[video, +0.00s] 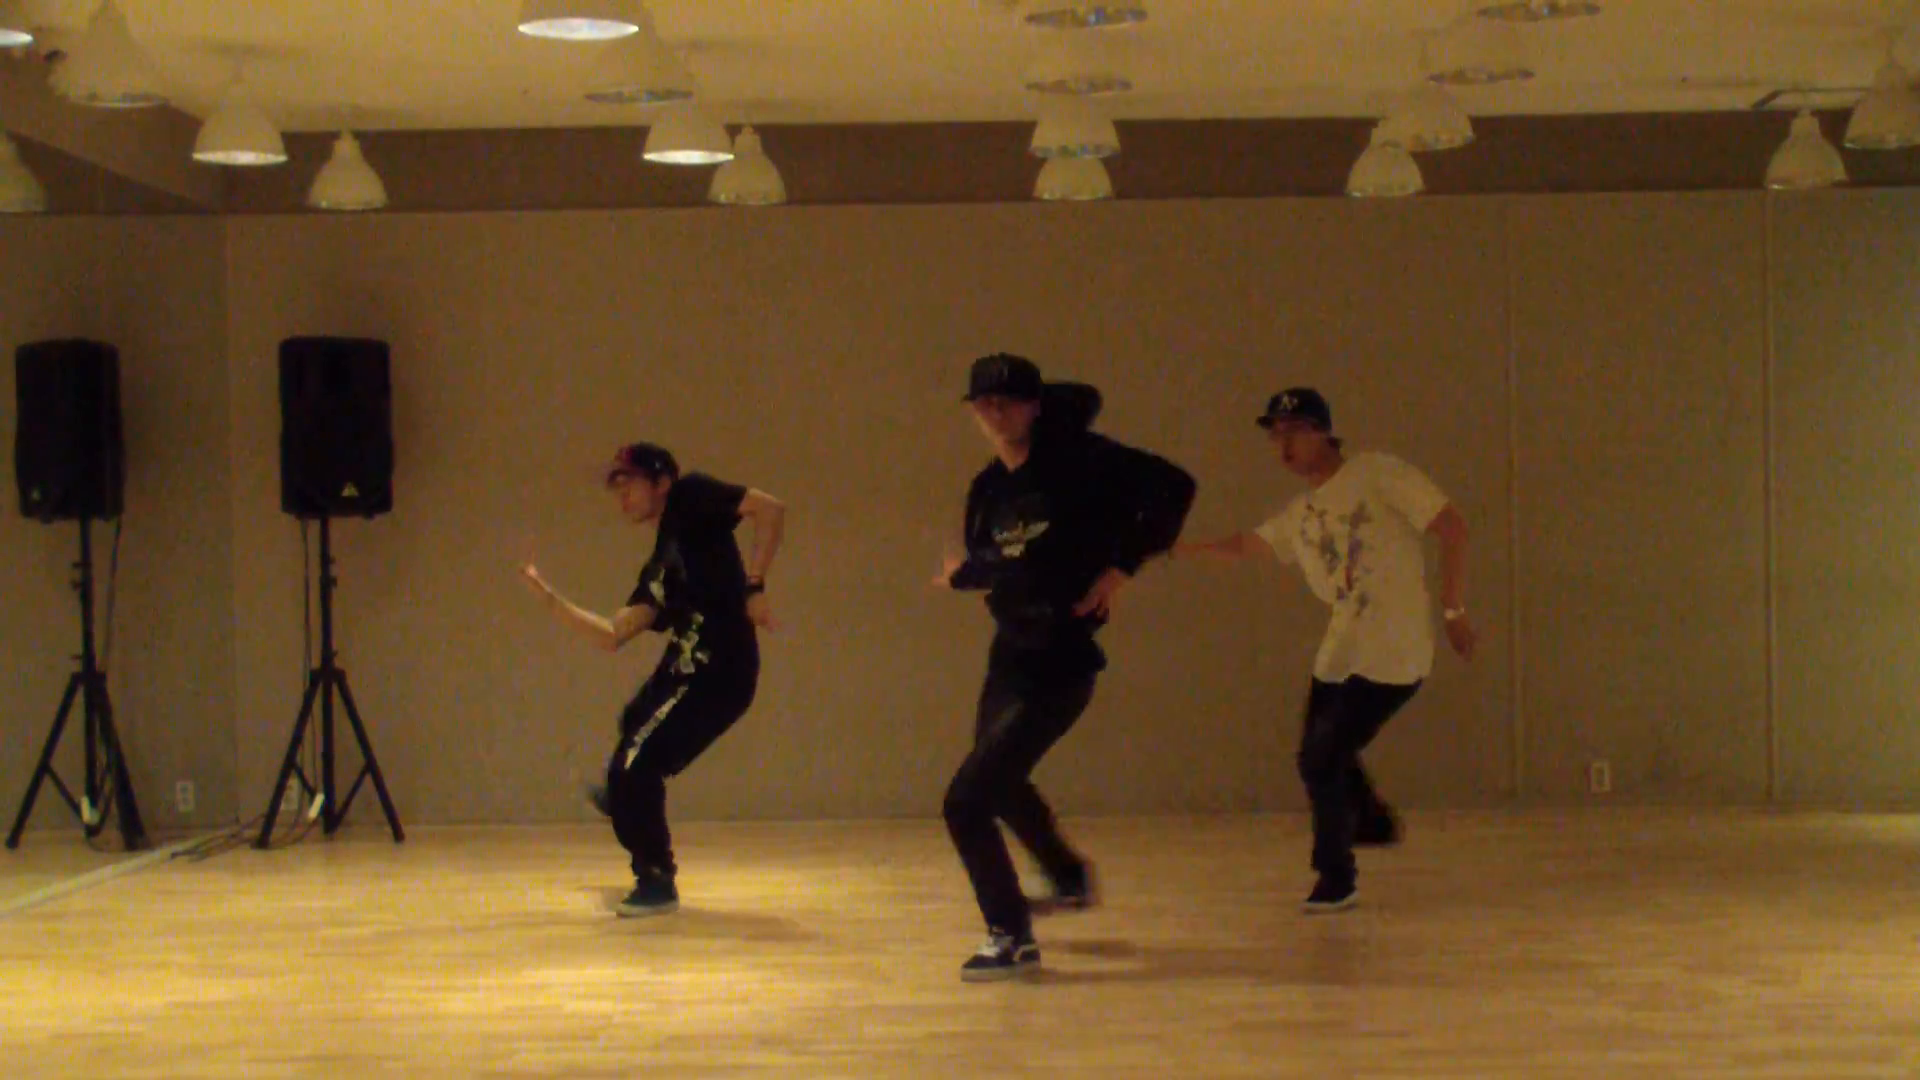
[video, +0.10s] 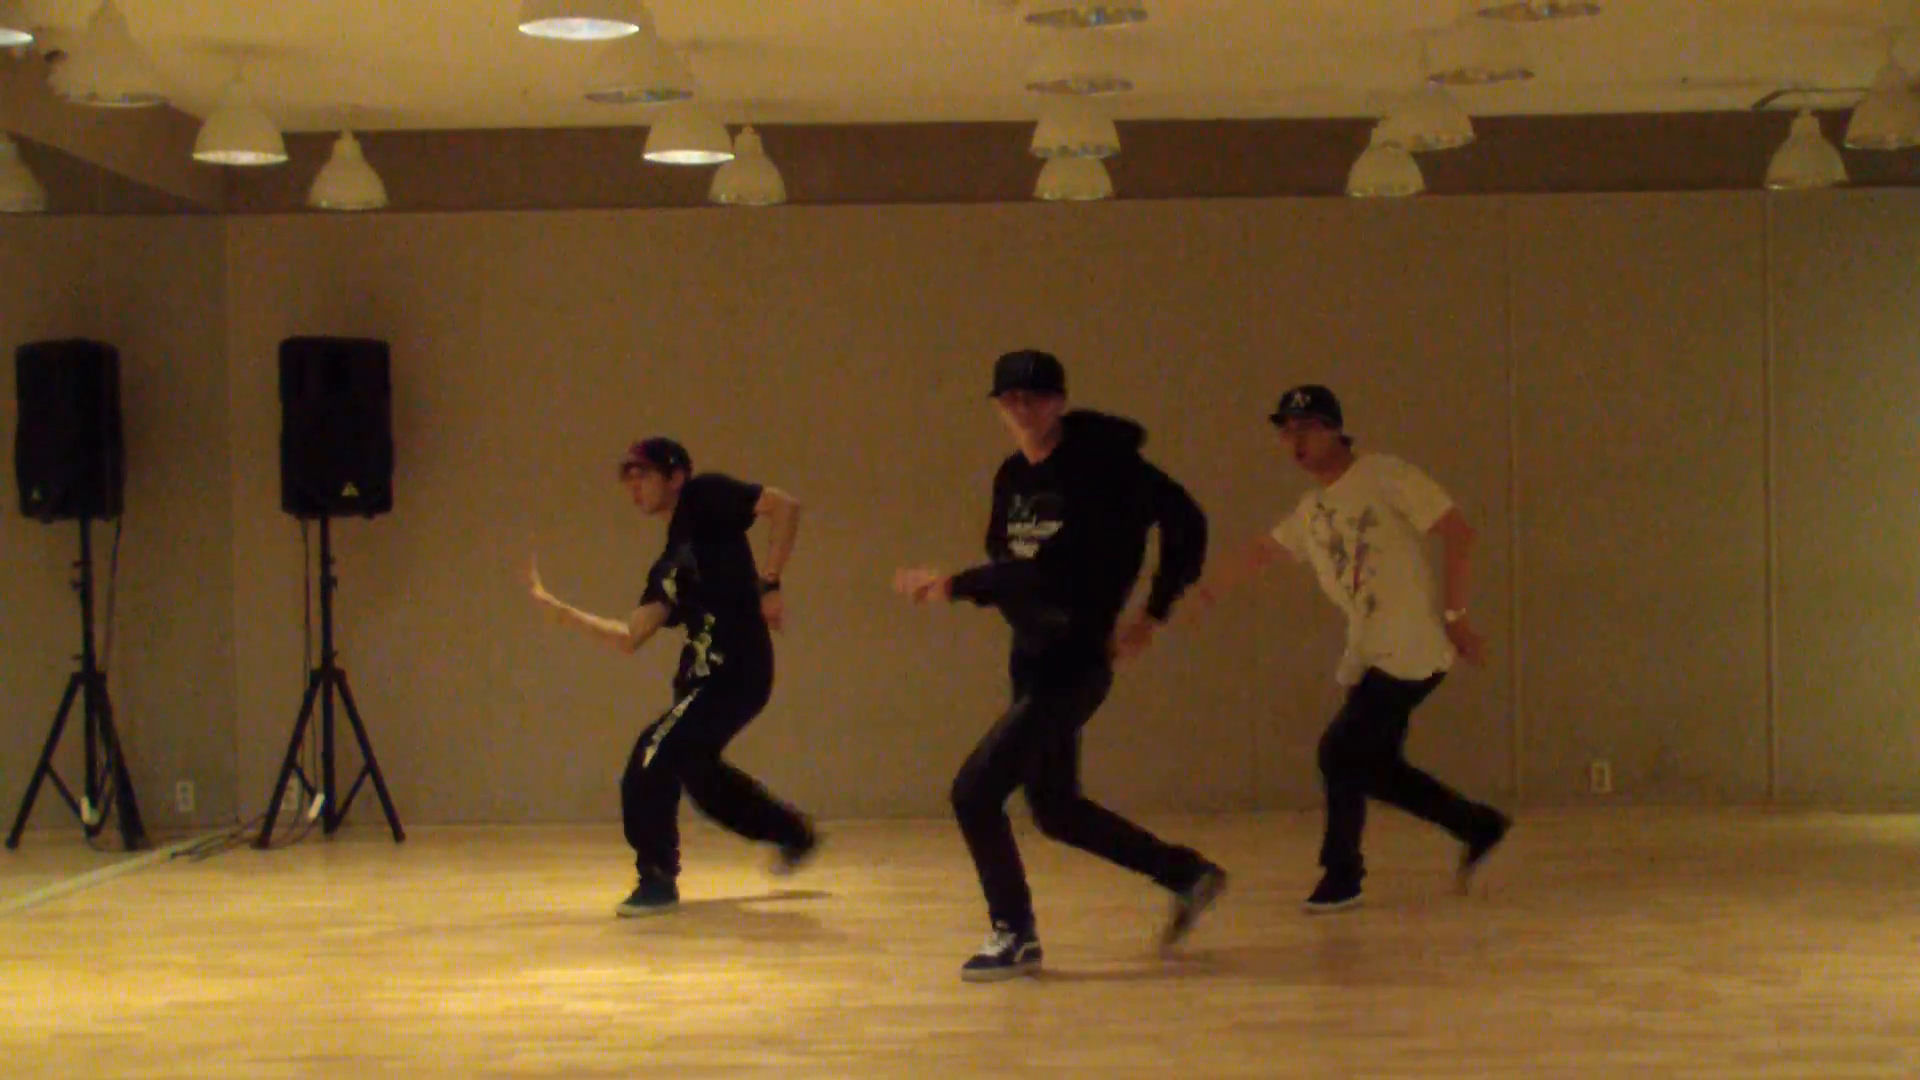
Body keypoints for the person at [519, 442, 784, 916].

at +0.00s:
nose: (620, 497)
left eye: (628, 484)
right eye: (616, 488)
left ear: (661, 480)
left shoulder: (691, 494)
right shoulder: (664, 562)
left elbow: (769, 509)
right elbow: (613, 634)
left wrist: (755, 585)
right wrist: (551, 598)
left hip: (722, 665)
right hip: (689, 660)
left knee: (637, 762)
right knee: (636, 719)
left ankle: (656, 878)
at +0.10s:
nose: (632, 487)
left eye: (641, 476)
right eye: (629, 478)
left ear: (675, 476)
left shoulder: (705, 494)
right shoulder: (674, 562)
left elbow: (784, 507)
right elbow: (627, 637)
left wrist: (770, 583)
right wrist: (551, 604)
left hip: (738, 669)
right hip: (707, 676)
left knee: (653, 756)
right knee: (698, 771)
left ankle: (656, 879)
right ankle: (791, 832)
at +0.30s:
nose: (680, 484)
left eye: (691, 473)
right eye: (677, 474)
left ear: (725, 478)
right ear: (675, 482)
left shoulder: (743, 528)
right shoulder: (709, 547)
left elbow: (795, 581)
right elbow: (702, 635)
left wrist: (727, 628)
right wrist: (659, 613)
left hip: (753, 691)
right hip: (740, 692)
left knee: (690, 792)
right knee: (784, 795)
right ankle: (899, 861)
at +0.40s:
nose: (698, 479)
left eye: (710, 469)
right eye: (696, 469)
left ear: (742, 476)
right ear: (695, 477)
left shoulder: (744, 539)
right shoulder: (713, 538)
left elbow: (727, 619)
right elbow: (697, 611)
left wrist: (665, 616)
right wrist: (670, 590)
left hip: (739, 699)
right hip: (719, 700)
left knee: (759, 822)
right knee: (753, 820)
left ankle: (863, 860)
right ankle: (861, 851)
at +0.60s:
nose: (616, 465)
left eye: (627, 456)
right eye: (616, 455)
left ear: (656, 465)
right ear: (641, 467)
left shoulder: (644, 517)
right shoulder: (639, 514)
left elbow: (565, 565)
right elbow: (573, 565)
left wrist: (561, 510)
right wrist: (562, 512)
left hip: (678, 679)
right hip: (650, 675)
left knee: (702, 793)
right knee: (572, 744)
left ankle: (822, 851)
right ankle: (570, 868)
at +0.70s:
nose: (541, 500)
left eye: (549, 488)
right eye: (538, 490)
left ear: (582, 486)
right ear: (580, 490)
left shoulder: (591, 528)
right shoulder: (593, 530)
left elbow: (513, 558)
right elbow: (524, 561)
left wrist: (457, 524)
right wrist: (466, 527)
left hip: (634, 678)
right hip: (612, 672)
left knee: (599, 794)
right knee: (526, 759)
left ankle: (705, 863)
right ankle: (481, 876)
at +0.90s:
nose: (475, 530)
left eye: (484, 518)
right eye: (472, 520)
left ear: (516, 517)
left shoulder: (526, 561)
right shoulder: (515, 558)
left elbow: (439, 611)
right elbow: (442, 603)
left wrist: (362, 614)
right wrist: (374, 594)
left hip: (550, 707)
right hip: (526, 697)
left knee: (455, 774)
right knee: (435, 762)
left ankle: (551, 851)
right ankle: (470, 879)